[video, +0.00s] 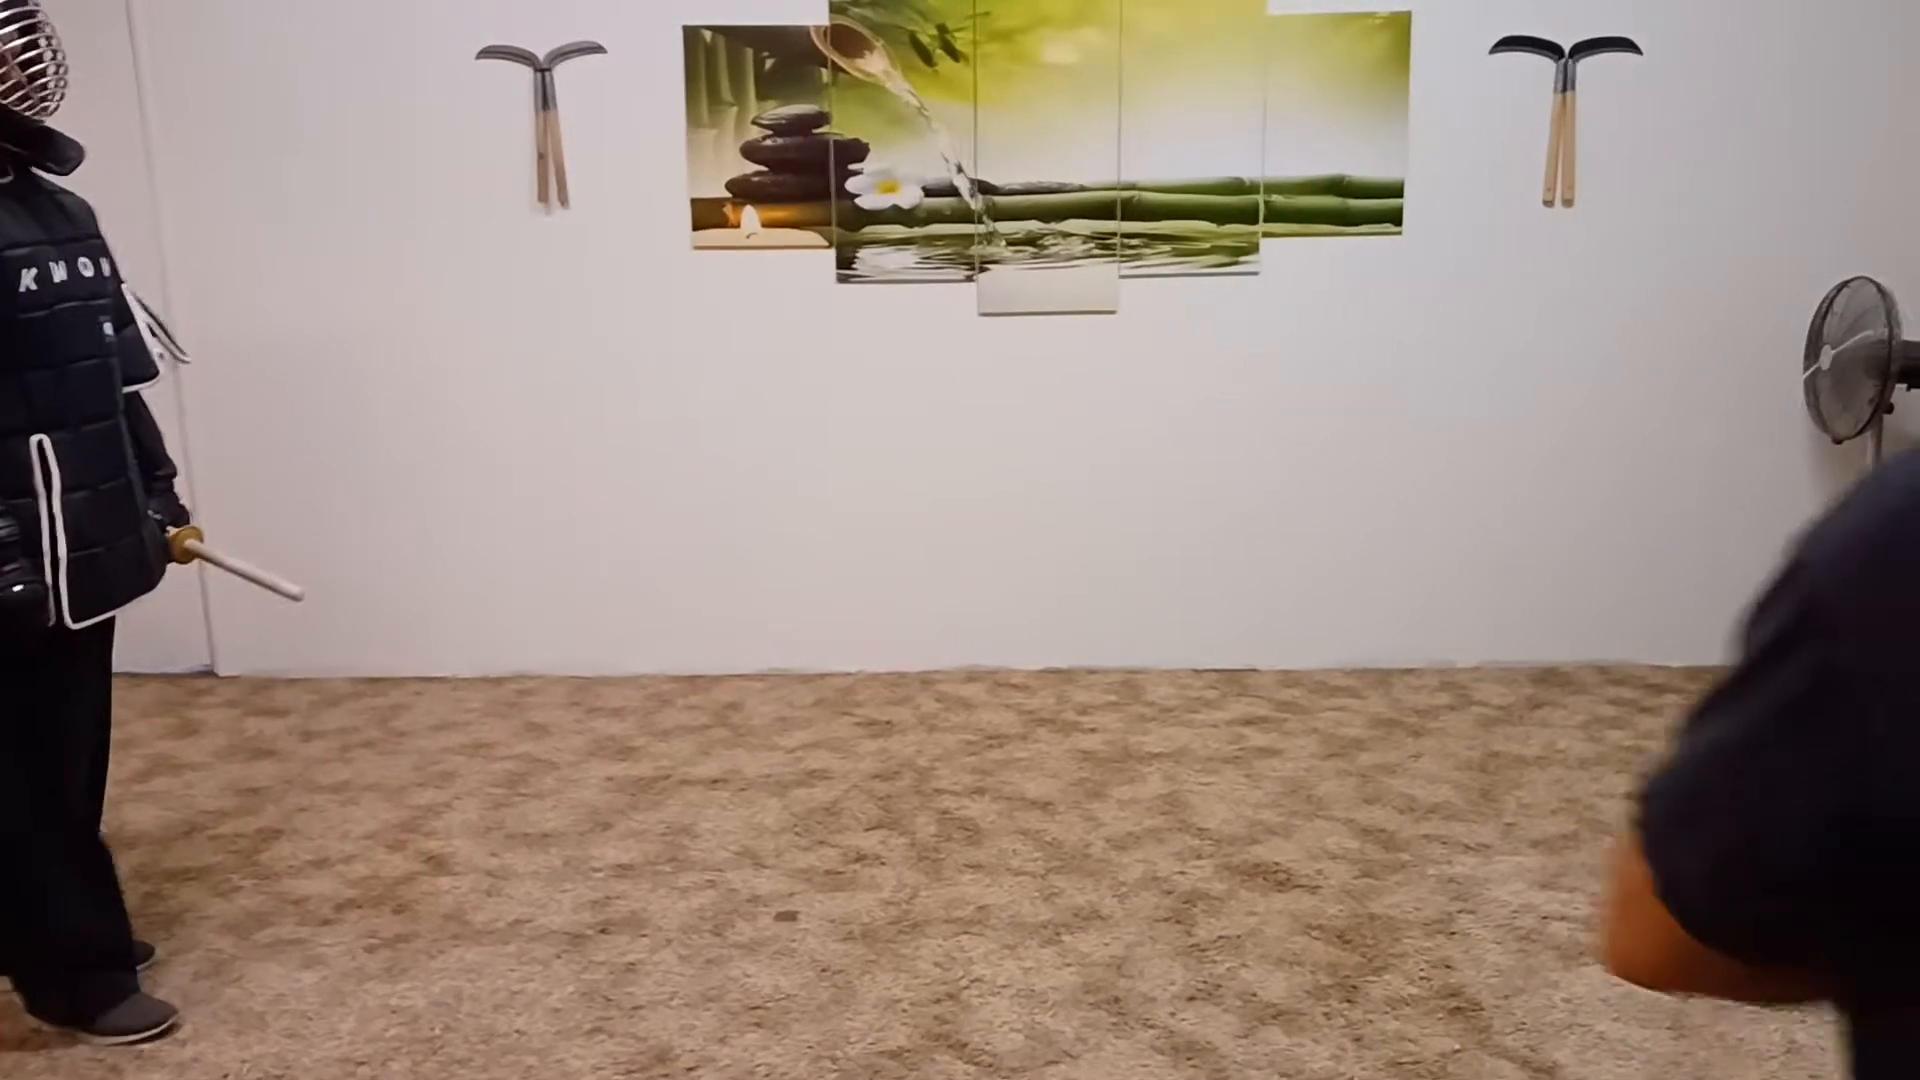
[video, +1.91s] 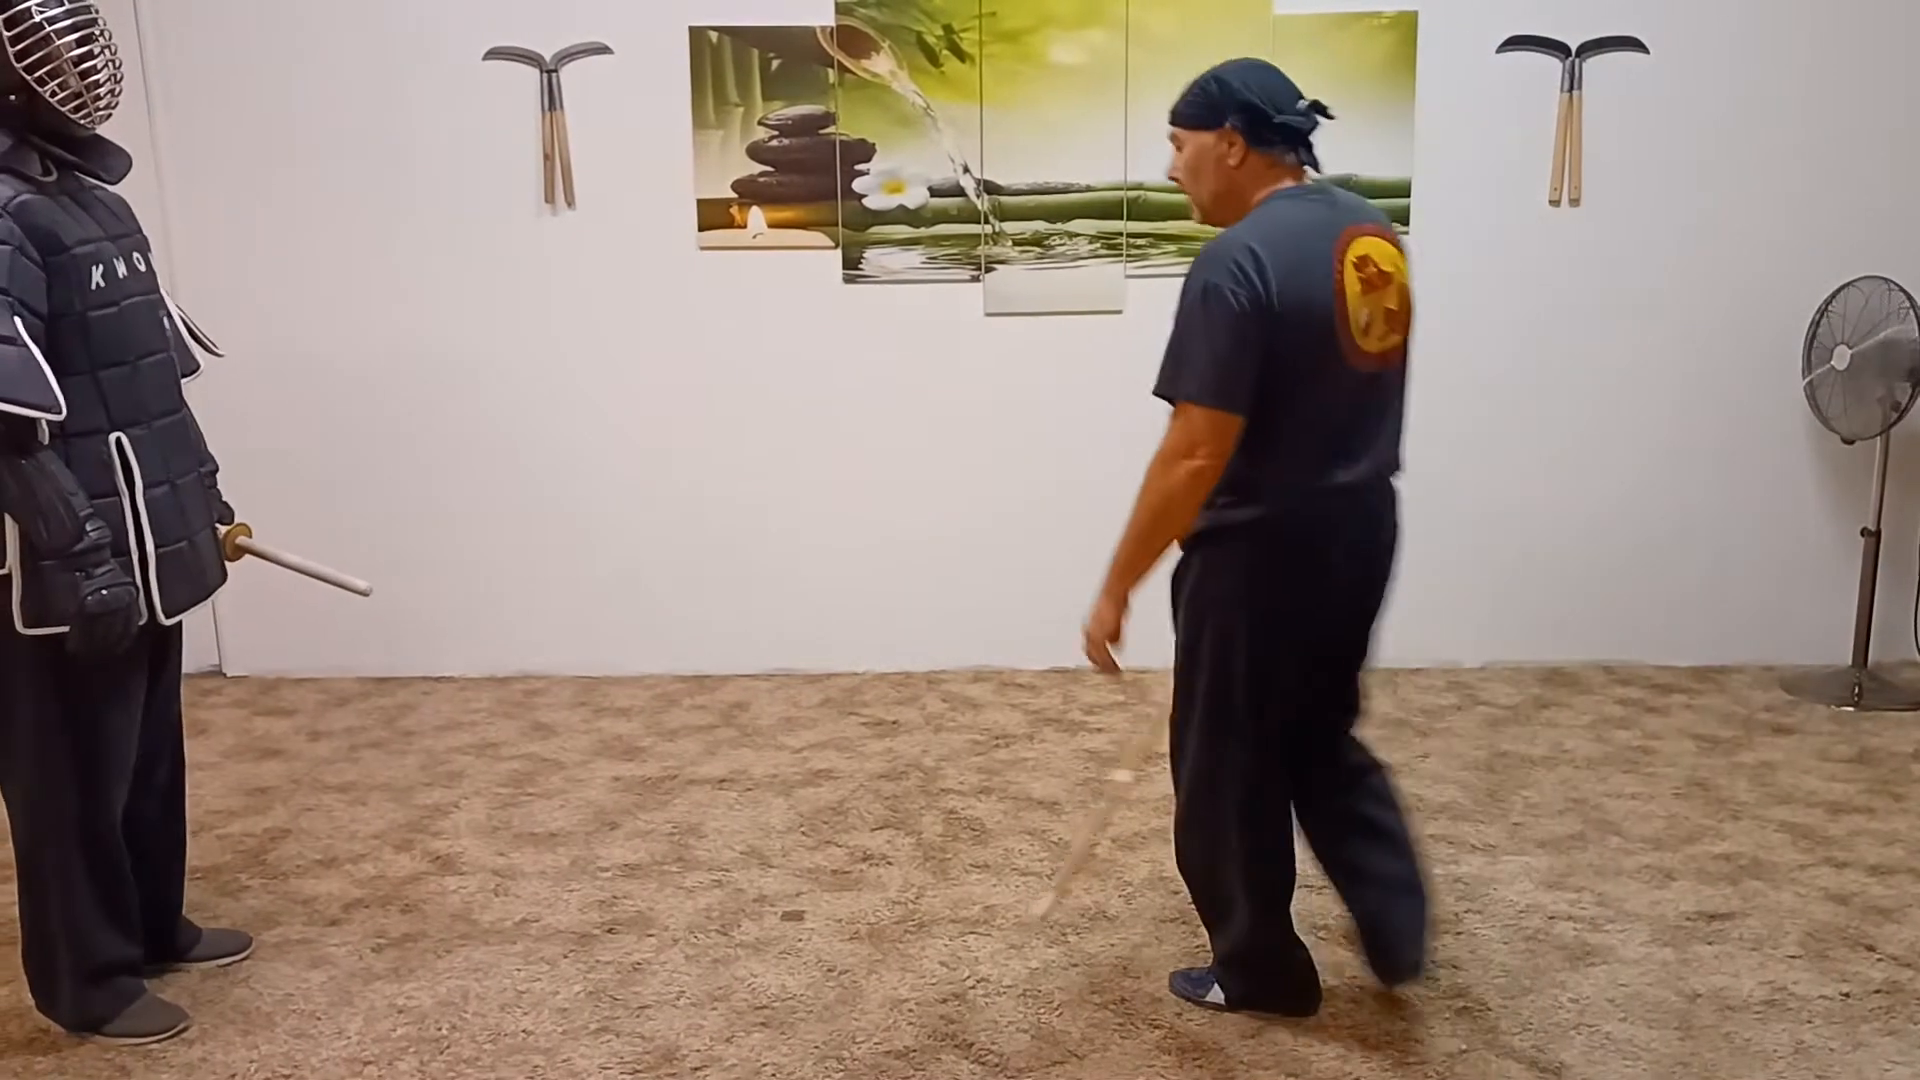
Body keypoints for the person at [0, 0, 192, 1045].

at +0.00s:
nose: (36, 67)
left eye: (38, 50)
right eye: (19, 52)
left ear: (43, 67)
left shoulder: (62, 205)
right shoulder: (9, 208)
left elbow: (111, 375)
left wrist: (159, 493)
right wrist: (13, 553)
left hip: (86, 543)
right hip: (18, 556)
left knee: (74, 761)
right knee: (32, 770)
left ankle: (96, 949)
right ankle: (64, 979)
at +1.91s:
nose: (100, 66)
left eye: (94, 47)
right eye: (75, 50)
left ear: (64, 70)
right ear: (25, 71)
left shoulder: (97, 197)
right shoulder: (9, 211)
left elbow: (151, 377)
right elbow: (19, 416)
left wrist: (202, 501)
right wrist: (78, 554)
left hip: (145, 543)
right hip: (67, 560)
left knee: (145, 750)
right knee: (74, 771)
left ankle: (152, 929)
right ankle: (83, 982)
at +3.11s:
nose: (112, 66)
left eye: (112, 47)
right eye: (84, 49)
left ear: (111, 65)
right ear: (30, 71)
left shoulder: (123, 201)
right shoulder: (18, 209)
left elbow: (176, 376)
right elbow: (22, 401)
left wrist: (225, 500)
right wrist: (97, 537)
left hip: (163, 543)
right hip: (75, 555)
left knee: (162, 749)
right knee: (87, 770)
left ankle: (161, 932)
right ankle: (91, 983)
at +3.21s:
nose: (112, 66)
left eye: (112, 47)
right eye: (84, 50)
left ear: (111, 65)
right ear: (30, 71)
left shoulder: (123, 200)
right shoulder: (16, 209)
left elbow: (176, 375)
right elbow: (21, 396)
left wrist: (225, 500)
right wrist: (90, 538)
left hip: (162, 542)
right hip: (74, 556)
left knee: (161, 748)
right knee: (86, 768)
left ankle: (161, 932)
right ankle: (91, 983)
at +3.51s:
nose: (117, 73)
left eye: (116, 53)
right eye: (90, 56)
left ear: (114, 67)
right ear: (36, 73)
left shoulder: (124, 201)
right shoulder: (17, 211)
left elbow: (178, 379)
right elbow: (23, 405)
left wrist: (224, 503)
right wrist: (98, 541)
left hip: (162, 545)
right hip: (74, 558)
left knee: (161, 750)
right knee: (86, 770)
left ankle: (161, 931)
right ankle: (92, 983)